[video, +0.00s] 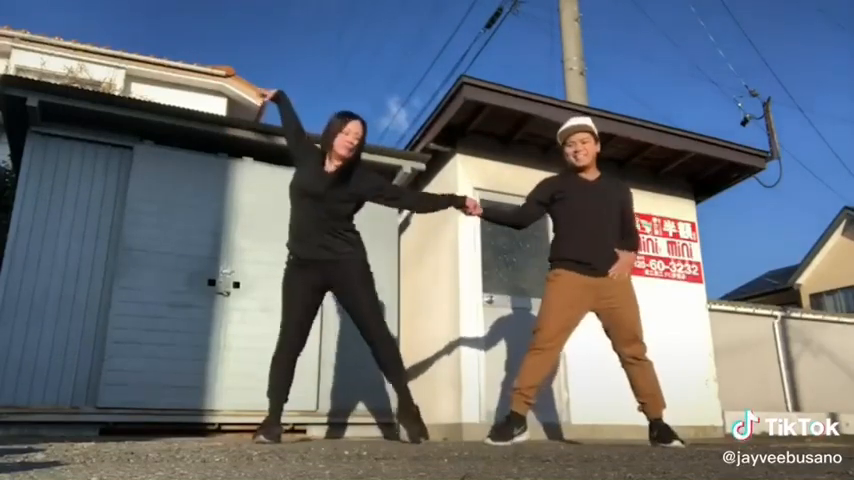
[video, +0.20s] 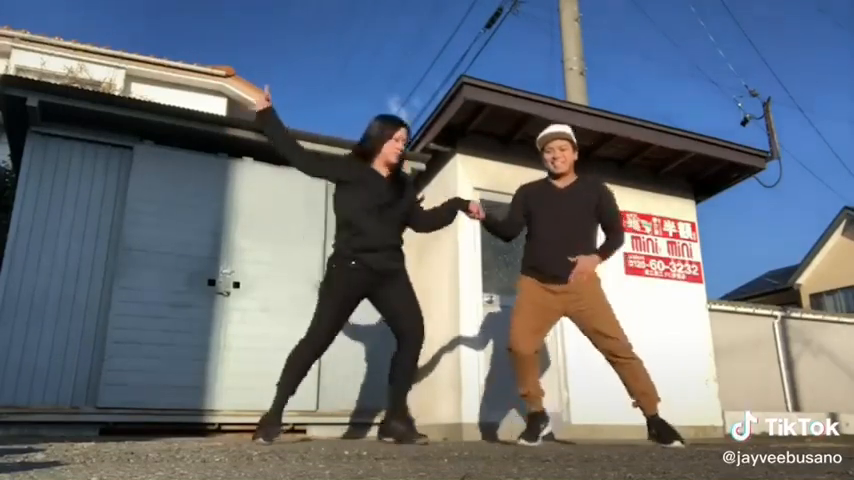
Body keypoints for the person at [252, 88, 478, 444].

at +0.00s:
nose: (351, 143)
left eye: (357, 140)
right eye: (347, 135)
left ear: (361, 147)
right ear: (330, 134)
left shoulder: (361, 179)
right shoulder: (306, 155)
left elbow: (409, 198)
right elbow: (291, 125)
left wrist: (456, 201)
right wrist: (279, 97)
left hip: (347, 266)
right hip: (303, 265)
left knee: (376, 334)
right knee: (289, 342)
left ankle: (407, 407)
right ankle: (272, 420)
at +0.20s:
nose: (403, 148)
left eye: (405, 143)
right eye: (398, 141)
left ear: (401, 147)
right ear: (379, 140)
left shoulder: (402, 185)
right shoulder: (349, 170)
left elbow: (423, 222)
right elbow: (300, 157)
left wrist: (456, 204)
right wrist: (267, 114)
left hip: (390, 274)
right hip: (349, 270)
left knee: (412, 334)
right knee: (318, 339)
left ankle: (396, 417)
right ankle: (275, 411)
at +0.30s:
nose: (430, 151)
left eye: (433, 146)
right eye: (426, 144)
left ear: (432, 150)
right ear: (407, 143)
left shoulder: (429, 189)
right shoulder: (378, 174)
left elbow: (436, 231)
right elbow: (330, 188)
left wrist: (461, 209)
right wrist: (288, 162)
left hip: (421, 276)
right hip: (384, 271)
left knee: (430, 342)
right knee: (374, 343)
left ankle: (395, 423)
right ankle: (309, 397)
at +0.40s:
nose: (457, 153)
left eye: (460, 149)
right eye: (452, 146)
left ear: (459, 155)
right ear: (434, 147)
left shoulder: (463, 195)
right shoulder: (410, 179)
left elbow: (481, 239)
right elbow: (373, 212)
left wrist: (495, 199)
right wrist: (330, 210)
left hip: (445, 276)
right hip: (411, 269)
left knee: (442, 349)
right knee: (455, 322)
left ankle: (400, 419)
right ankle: (402, 403)